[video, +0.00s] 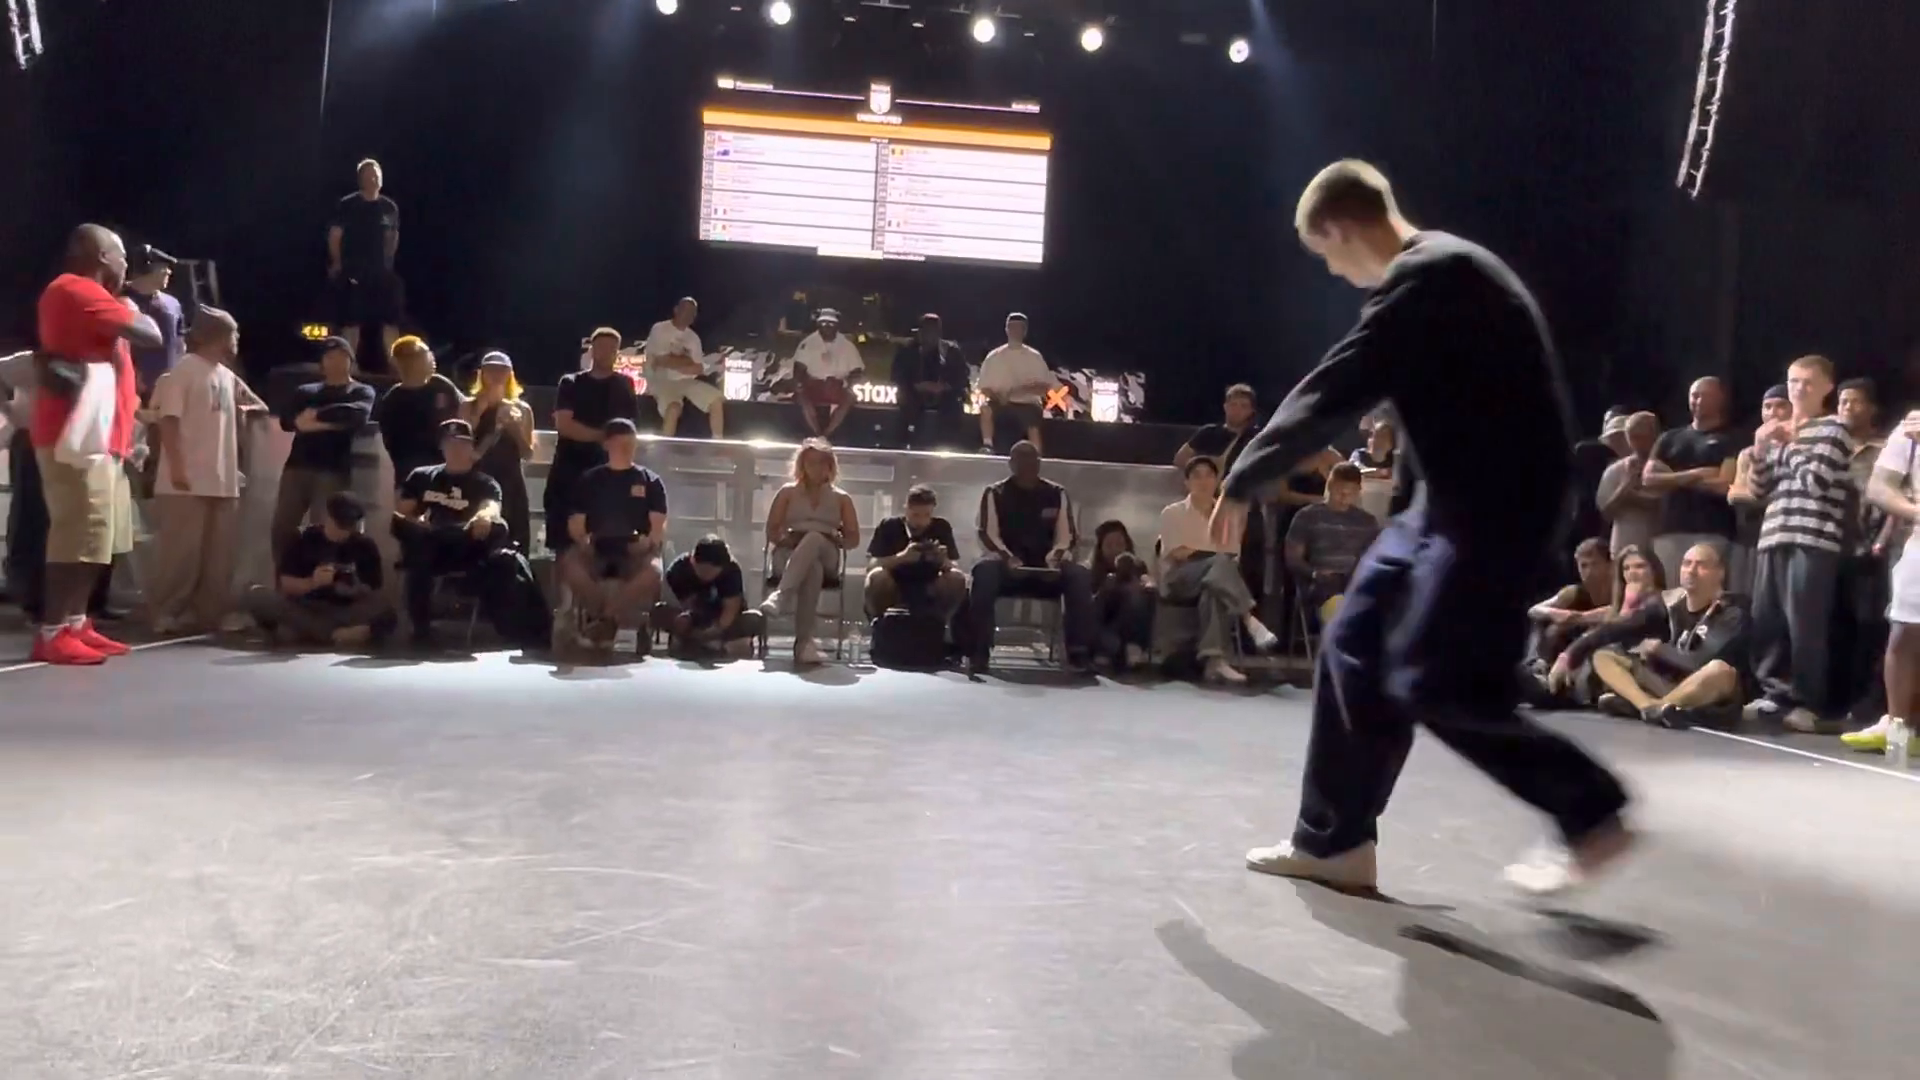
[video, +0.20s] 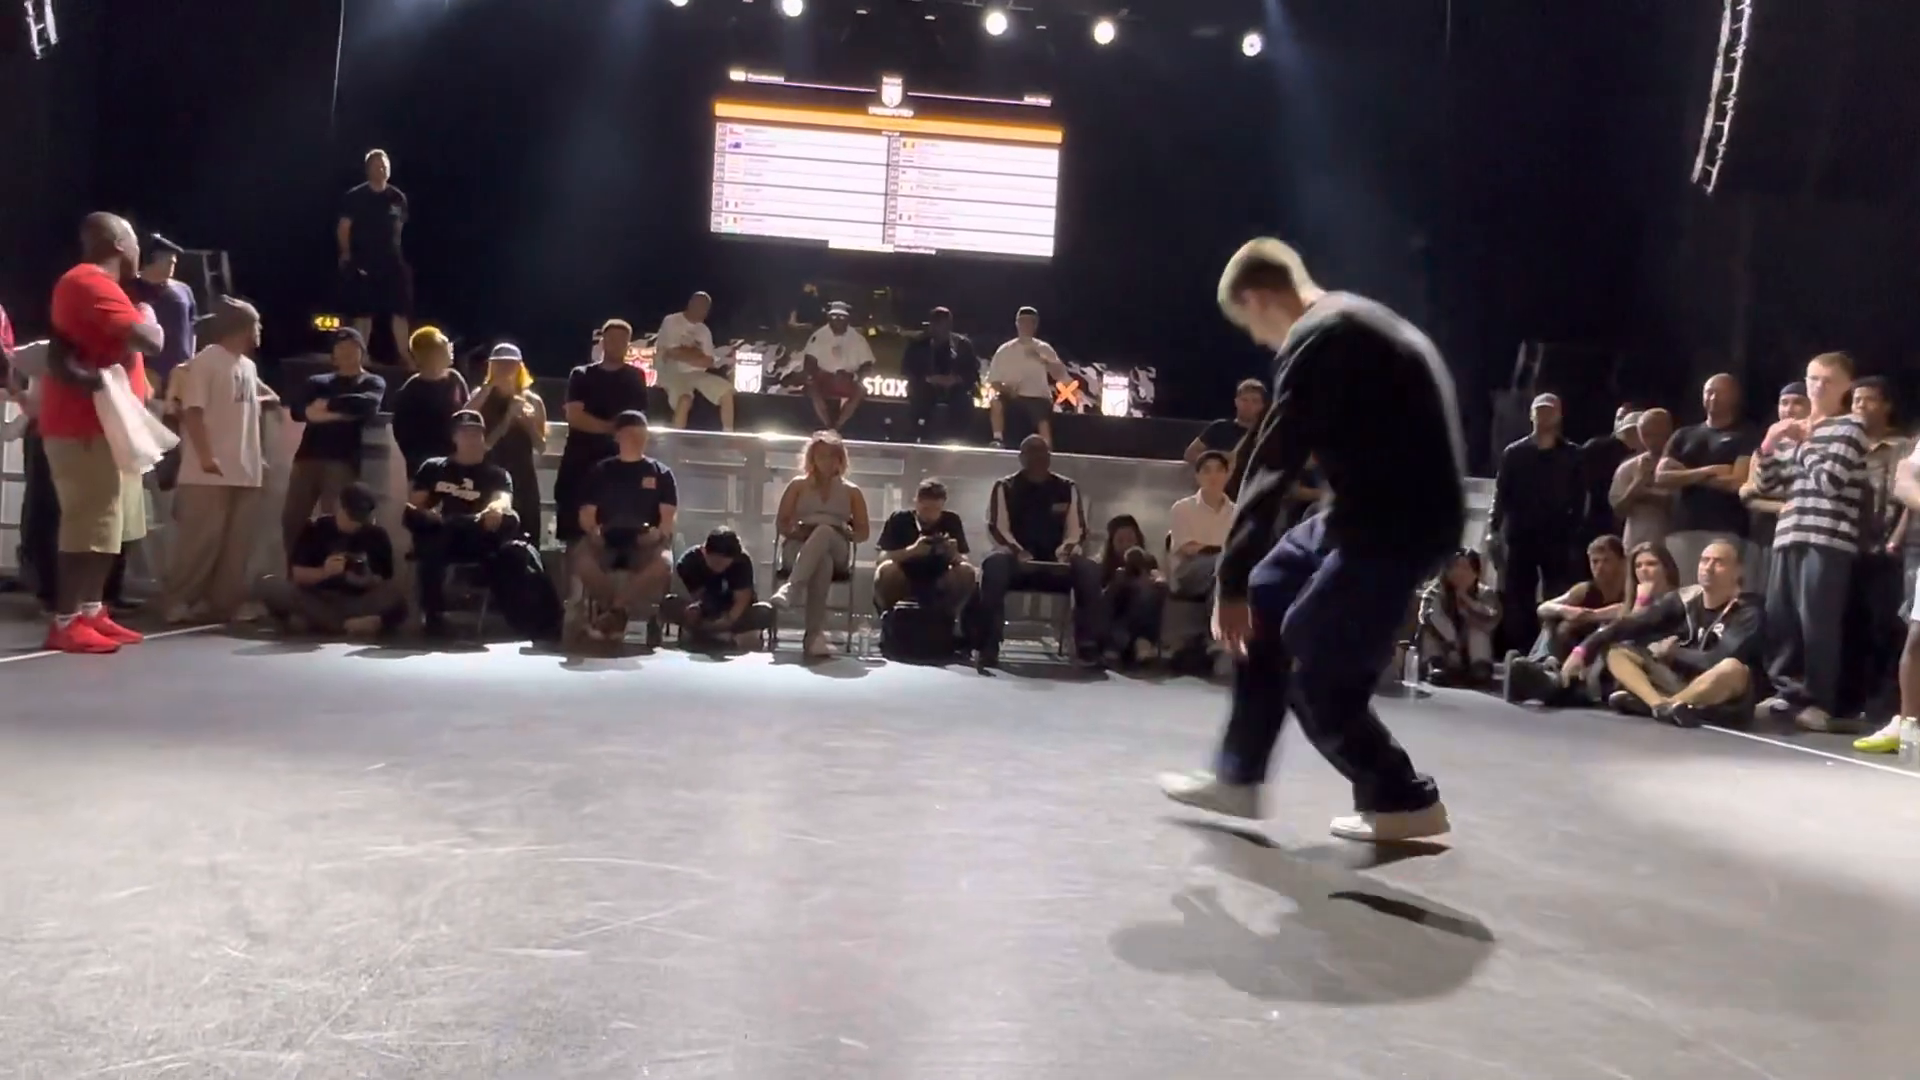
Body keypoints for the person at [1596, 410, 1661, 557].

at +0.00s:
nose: (1639, 443)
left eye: (1643, 437)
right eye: (1634, 438)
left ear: (1654, 437)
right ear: (1628, 439)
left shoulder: (1661, 469)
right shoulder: (1614, 471)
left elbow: (1666, 503)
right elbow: (1604, 509)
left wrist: (1629, 495)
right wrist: (1626, 484)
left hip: (1656, 541)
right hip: (1623, 543)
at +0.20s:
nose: (1654, 441)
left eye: (1659, 435)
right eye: (1648, 435)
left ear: (1669, 434)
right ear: (1641, 437)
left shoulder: (1678, 465)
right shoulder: (1627, 469)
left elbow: (1682, 501)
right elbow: (1618, 508)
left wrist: (1644, 493)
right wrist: (1639, 480)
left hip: (1671, 538)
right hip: (1636, 541)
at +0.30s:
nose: (1659, 440)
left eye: (1665, 434)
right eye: (1653, 435)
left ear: (1675, 434)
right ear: (1647, 435)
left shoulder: (1682, 465)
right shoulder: (1632, 467)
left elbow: (1686, 501)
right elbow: (1623, 506)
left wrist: (1649, 491)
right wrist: (1645, 478)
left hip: (1674, 535)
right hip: (1640, 537)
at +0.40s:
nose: (1663, 438)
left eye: (1669, 432)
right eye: (1658, 432)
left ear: (1679, 431)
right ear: (1652, 433)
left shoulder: (1688, 463)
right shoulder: (1638, 466)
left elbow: (1692, 500)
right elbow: (1629, 505)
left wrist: (1655, 491)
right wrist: (1649, 478)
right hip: (1646, 533)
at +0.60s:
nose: (1674, 436)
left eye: (1680, 429)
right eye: (1668, 431)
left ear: (1691, 428)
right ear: (1661, 432)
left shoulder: (1701, 461)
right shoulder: (1649, 465)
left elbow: (1705, 501)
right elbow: (1637, 510)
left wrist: (1663, 491)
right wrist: (1656, 482)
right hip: (1656, 541)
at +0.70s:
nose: (1679, 436)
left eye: (1685, 429)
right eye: (1673, 430)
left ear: (1696, 428)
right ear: (1666, 430)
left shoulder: (1705, 461)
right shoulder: (1653, 464)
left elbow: (1709, 501)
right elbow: (1641, 509)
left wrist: (1667, 492)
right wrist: (1659, 482)